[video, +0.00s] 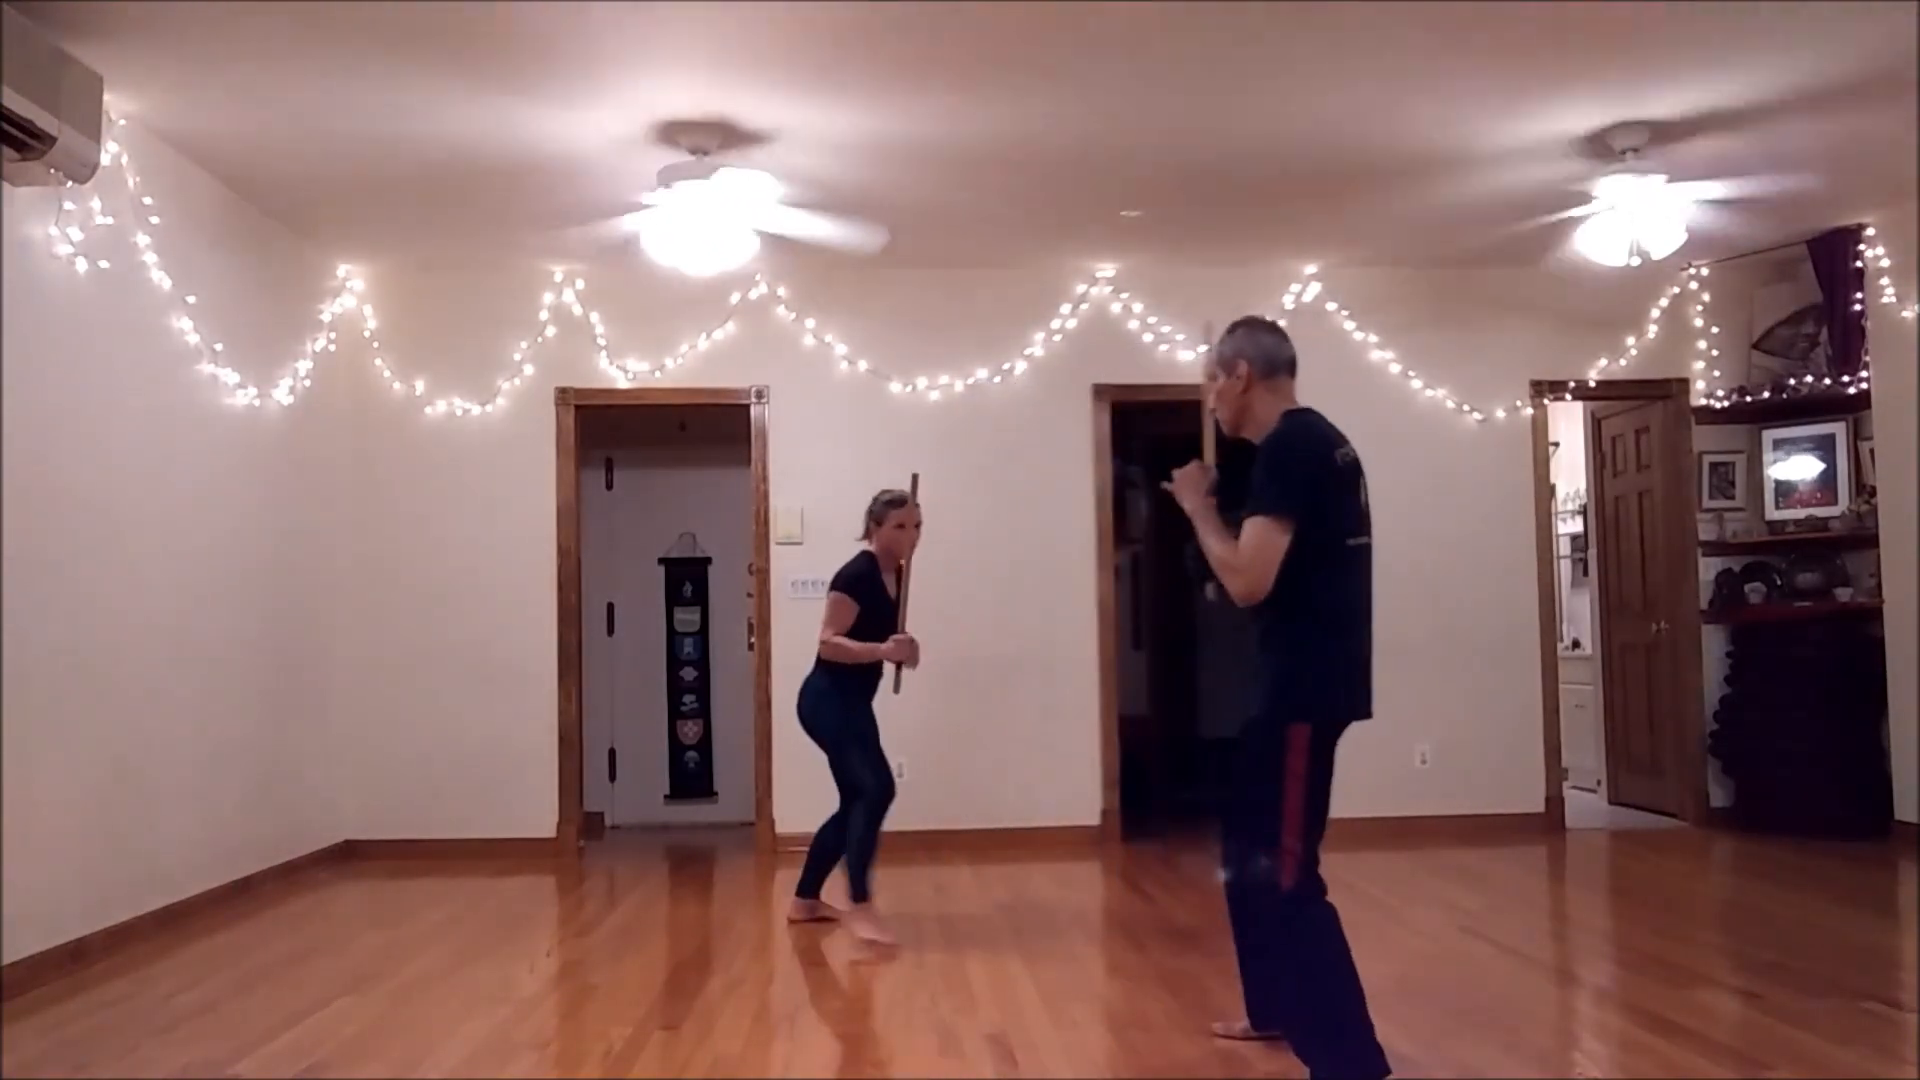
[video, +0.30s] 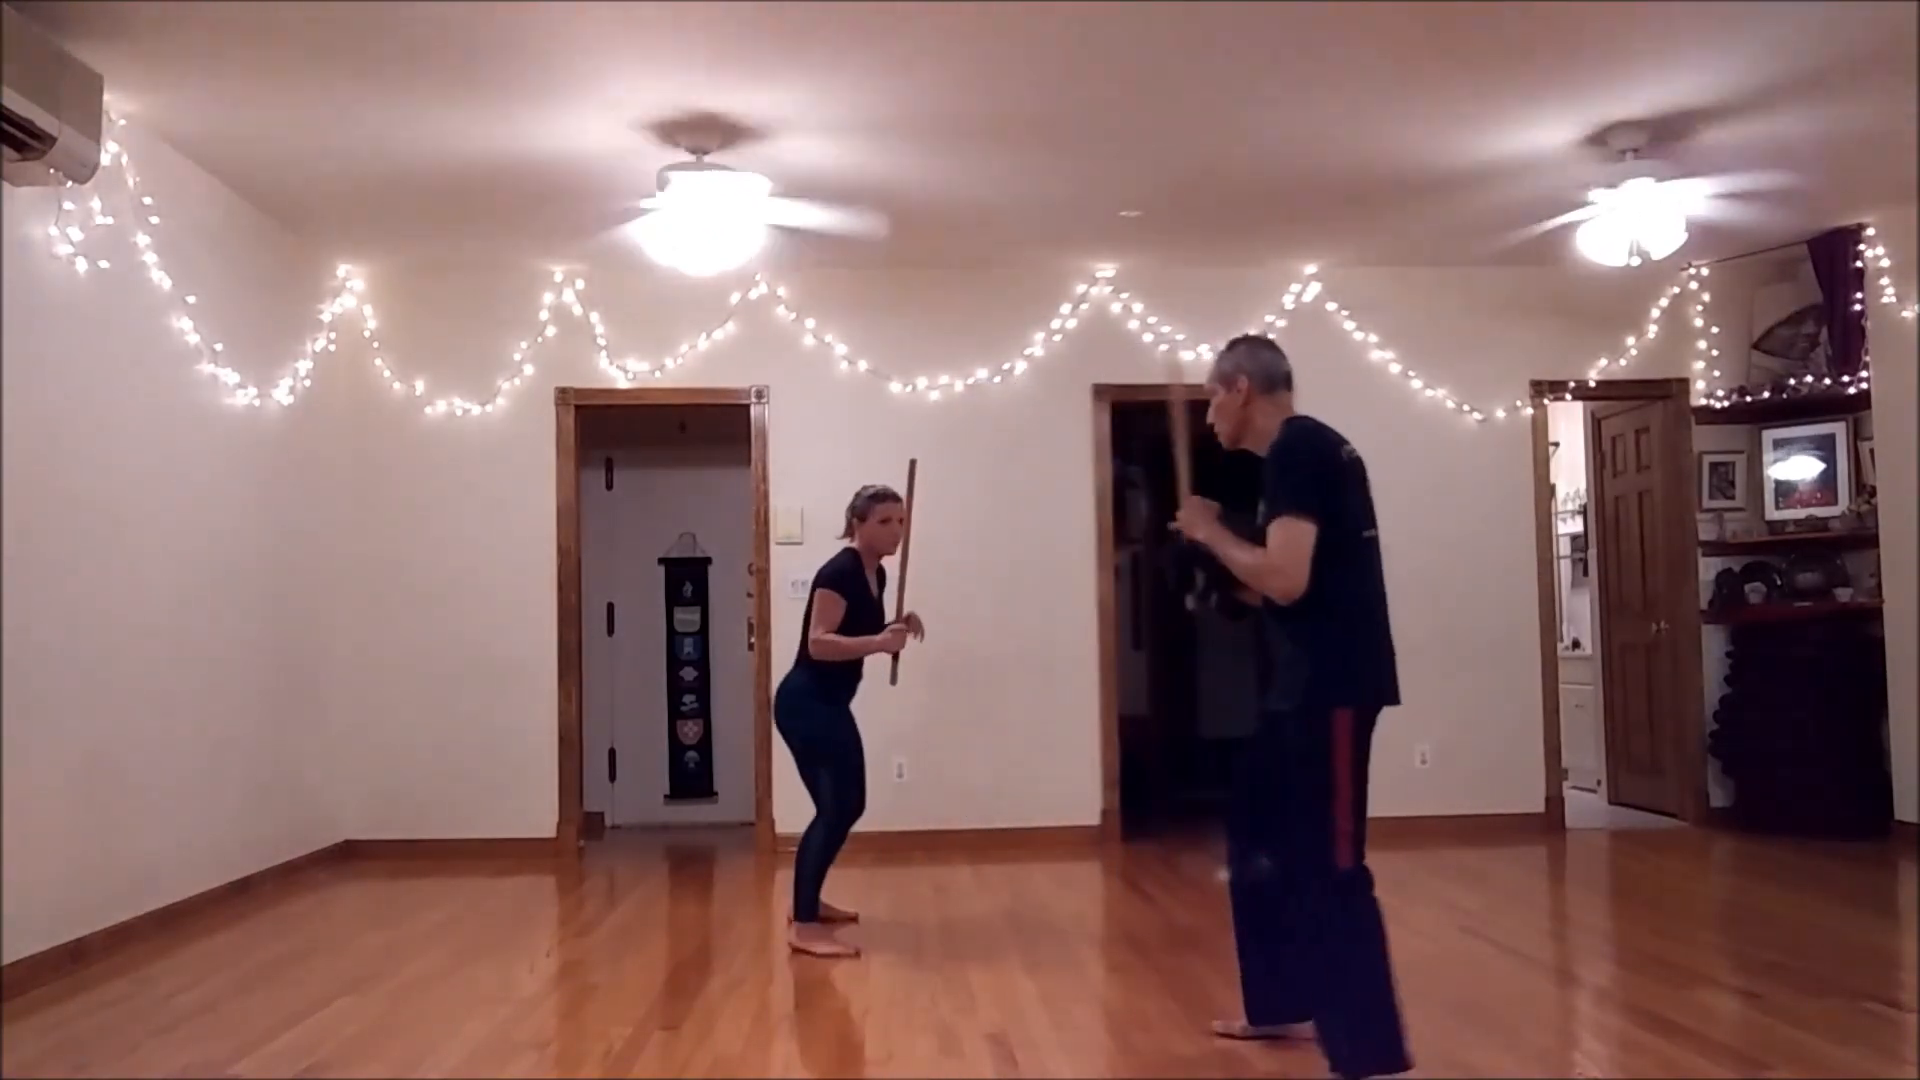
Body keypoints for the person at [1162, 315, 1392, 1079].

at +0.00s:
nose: (1210, 401)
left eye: (1212, 385)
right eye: (1209, 387)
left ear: (1239, 376)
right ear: (1274, 374)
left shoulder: (1293, 445)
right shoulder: (1313, 441)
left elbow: (1246, 580)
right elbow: (1280, 572)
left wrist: (1198, 506)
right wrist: (1218, 509)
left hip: (1305, 691)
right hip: (1299, 685)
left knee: (1284, 874)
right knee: (1252, 855)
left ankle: (1352, 1063)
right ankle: (1279, 1014)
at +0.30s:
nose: (1209, 415)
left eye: (1213, 398)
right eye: (1209, 399)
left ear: (1243, 389)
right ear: (1262, 389)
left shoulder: (1302, 449)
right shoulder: (1297, 455)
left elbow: (1285, 578)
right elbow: (1294, 580)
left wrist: (1210, 532)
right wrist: (1238, 568)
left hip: (1335, 686)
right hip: (1300, 683)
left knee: (1327, 865)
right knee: (1262, 845)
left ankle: (1372, 1056)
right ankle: (1281, 1009)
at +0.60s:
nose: (1235, 413)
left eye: (1240, 397)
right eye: (1235, 398)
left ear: (1271, 390)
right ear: (1288, 390)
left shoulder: (1333, 451)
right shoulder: (1316, 460)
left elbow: (1321, 577)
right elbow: (1322, 576)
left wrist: (1239, 535)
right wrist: (1245, 553)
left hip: (1364, 694)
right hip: (1318, 695)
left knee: (1396, 857)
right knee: (1264, 843)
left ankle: (1494, 1029)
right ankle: (1283, 1009)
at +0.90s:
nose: (1268, 405)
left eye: (1275, 389)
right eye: (1269, 391)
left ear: (1312, 385)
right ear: (1321, 386)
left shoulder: (1372, 451)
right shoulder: (1344, 465)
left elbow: (1362, 579)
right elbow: (1356, 585)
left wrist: (1276, 535)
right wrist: (1287, 592)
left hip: (1399, 694)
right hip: (1348, 692)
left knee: (1429, 864)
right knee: (1286, 836)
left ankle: (1505, 1043)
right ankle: (1293, 1004)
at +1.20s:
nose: (1257, 416)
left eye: (1262, 400)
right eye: (1256, 401)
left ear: (1299, 391)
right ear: (1305, 392)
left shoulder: (1363, 456)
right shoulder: (1329, 471)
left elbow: (1347, 581)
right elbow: (1342, 590)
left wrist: (1270, 527)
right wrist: (1276, 607)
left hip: (1393, 696)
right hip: (1341, 694)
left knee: (1422, 862)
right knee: (1282, 843)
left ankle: (1504, 1041)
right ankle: (1290, 1008)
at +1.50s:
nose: (1250, 422)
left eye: (1255, 405)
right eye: (1249, 406)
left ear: (1292, 396)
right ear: (1298, 397)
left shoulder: (1352, 458)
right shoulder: (1323, 473)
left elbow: (1335, 582)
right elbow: (1333, 592)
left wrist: (1259, 532)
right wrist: (1270, 604)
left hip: (1386, 697)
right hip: (1338, 696)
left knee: (1420, 862)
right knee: (1277, 843)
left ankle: (1503, 1041)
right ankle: (1290, 1008)